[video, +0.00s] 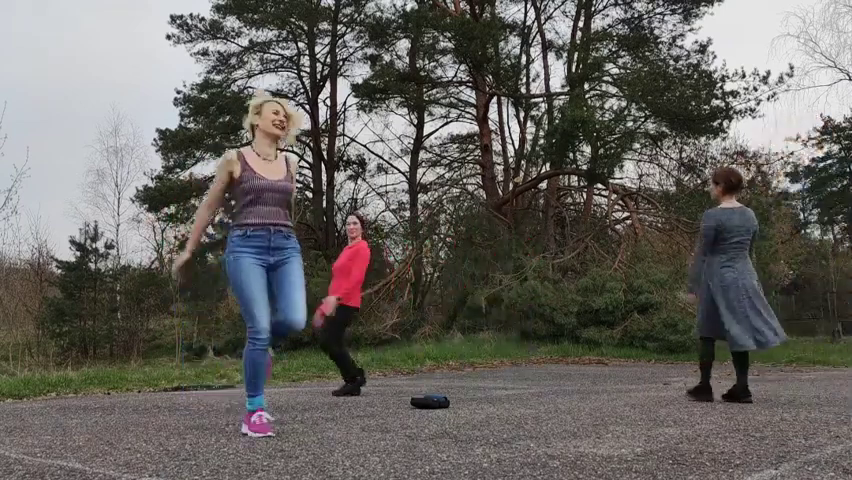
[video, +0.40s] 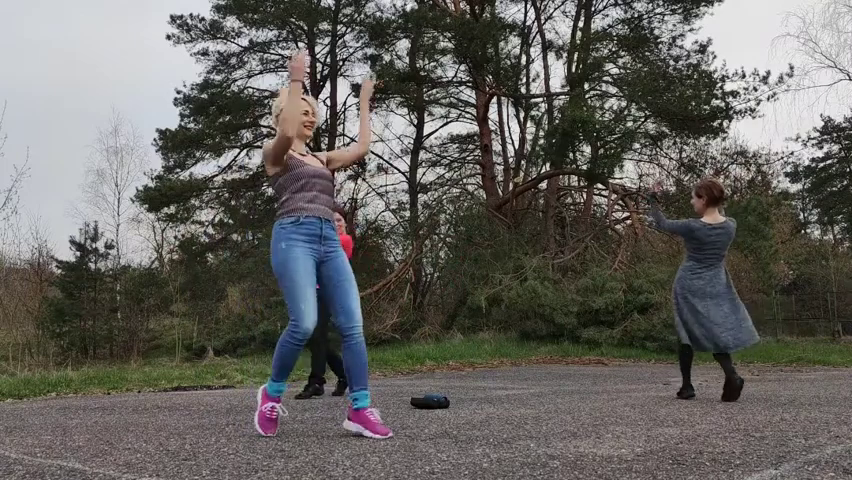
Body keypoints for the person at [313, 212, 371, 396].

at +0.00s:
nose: (351, 227)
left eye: (355, 224)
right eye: (348, 224)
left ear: (362, 227)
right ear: (345, 228)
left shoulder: (362, 249)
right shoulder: (348, 248)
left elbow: (355, 278)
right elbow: (337, 281)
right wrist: (323, 308)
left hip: (348, 302)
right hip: (338, 301)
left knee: (330, 339)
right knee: (328, 339)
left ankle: (353, 379)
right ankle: (353, 376)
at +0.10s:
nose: (348, 224)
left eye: (351, 221)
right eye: (345, 221)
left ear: (358, 224)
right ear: (342, 225)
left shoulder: (359, 244)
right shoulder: (341, 245)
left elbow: (341, 264)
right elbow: (328, 268)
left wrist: (316, 262)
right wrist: (310, 276)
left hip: (344, 296)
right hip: (333, 296)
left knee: (326, 341)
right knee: (335, 341)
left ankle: (330, 380)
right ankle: (352, 382)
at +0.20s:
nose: (343, 220)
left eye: (346, 216)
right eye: (340, 217)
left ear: (353, 219)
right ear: (336, 220)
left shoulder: (354, 237)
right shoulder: (335, 239)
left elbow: (332, 249)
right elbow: (316, 258)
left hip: (341, 290)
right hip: (327, 289)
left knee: (328, 334)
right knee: (333, 335)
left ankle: (310, 380)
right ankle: (350, 377)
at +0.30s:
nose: (337, 220)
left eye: (341, 217)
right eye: (335, 217)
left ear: (350, 219)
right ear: (332, 220)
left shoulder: (351, 236)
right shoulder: (332, 237)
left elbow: (327, 240)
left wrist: (318, 217)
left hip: (336, 286)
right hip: (324, 286)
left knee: (323, 331)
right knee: (323, 332)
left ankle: (313, 379)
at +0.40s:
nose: (336, 225)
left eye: (339, 221)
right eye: (333, 222)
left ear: (345, 225)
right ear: (330, 225)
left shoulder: (344, 240)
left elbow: (340, 259)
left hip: (328, 296)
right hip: (315, 294)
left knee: (320, 337)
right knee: (319, 339)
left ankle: (316, 381)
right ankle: (343, 375)